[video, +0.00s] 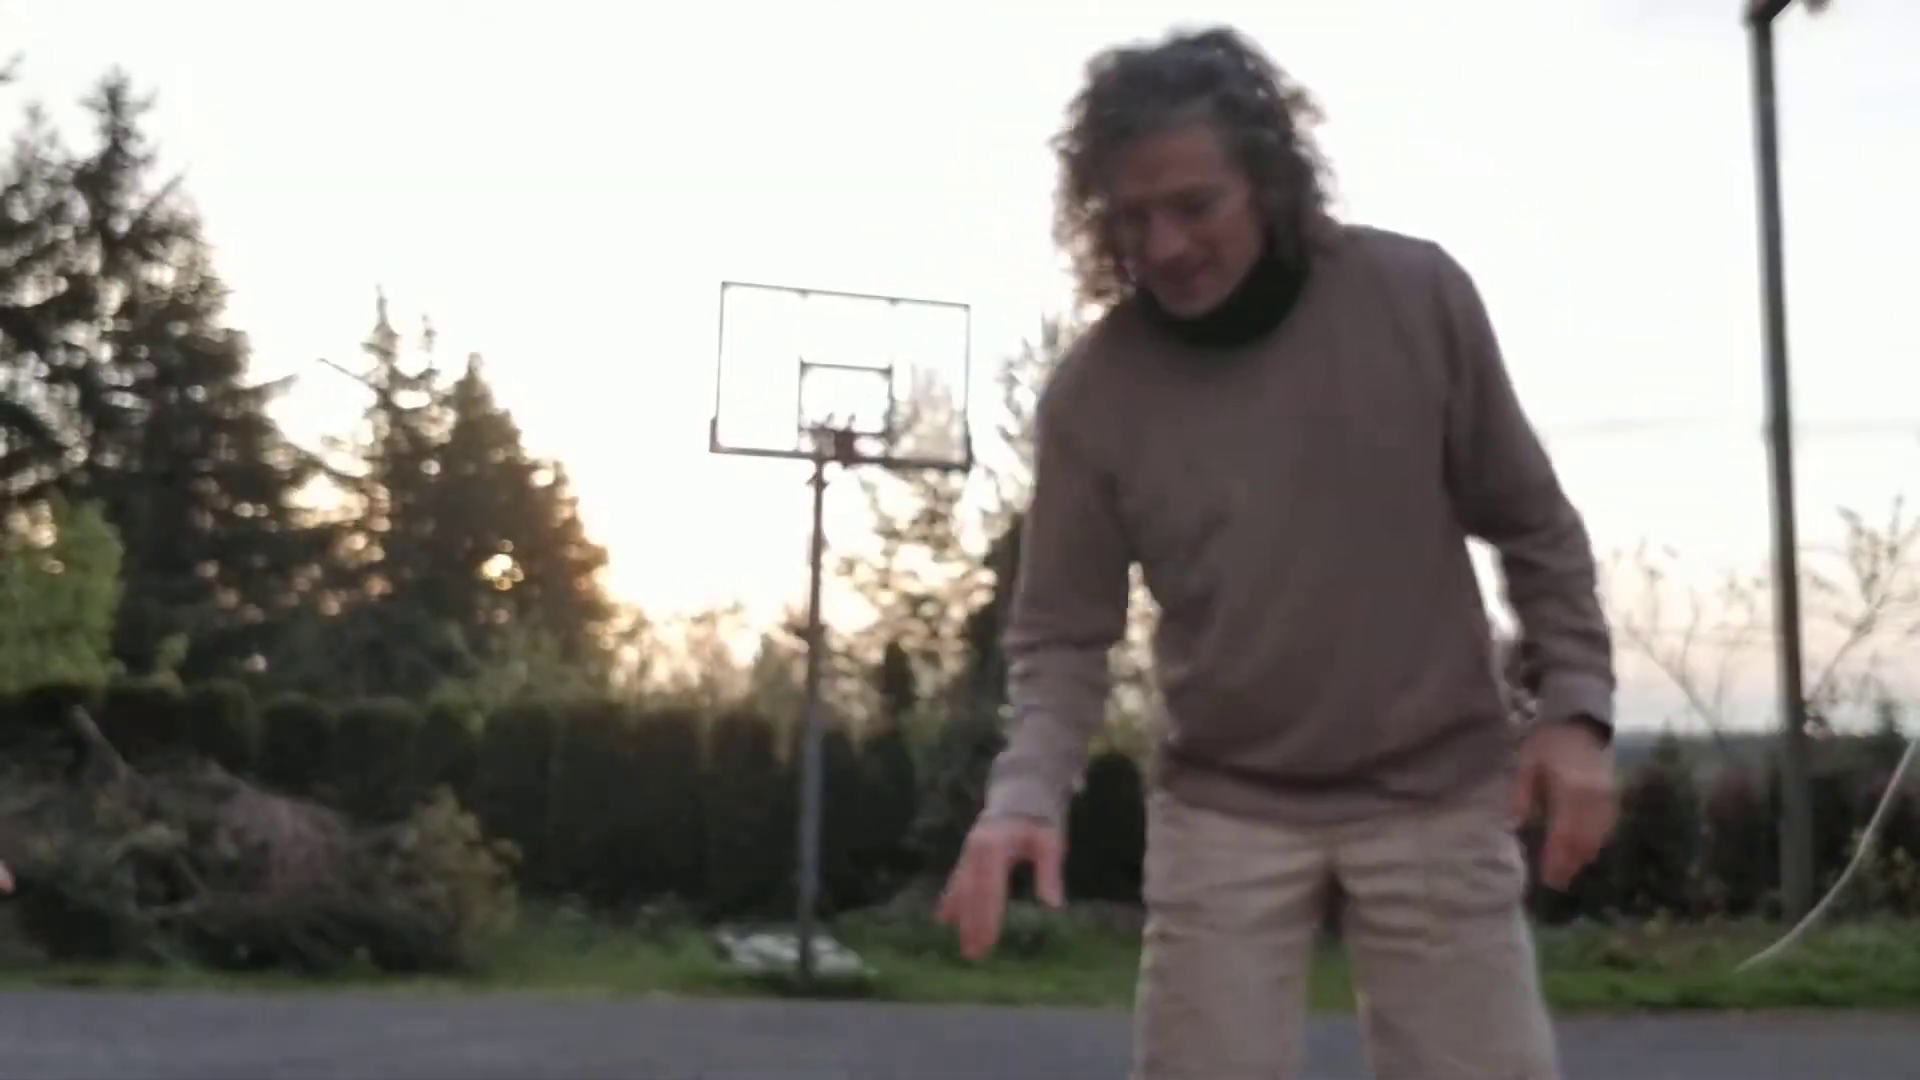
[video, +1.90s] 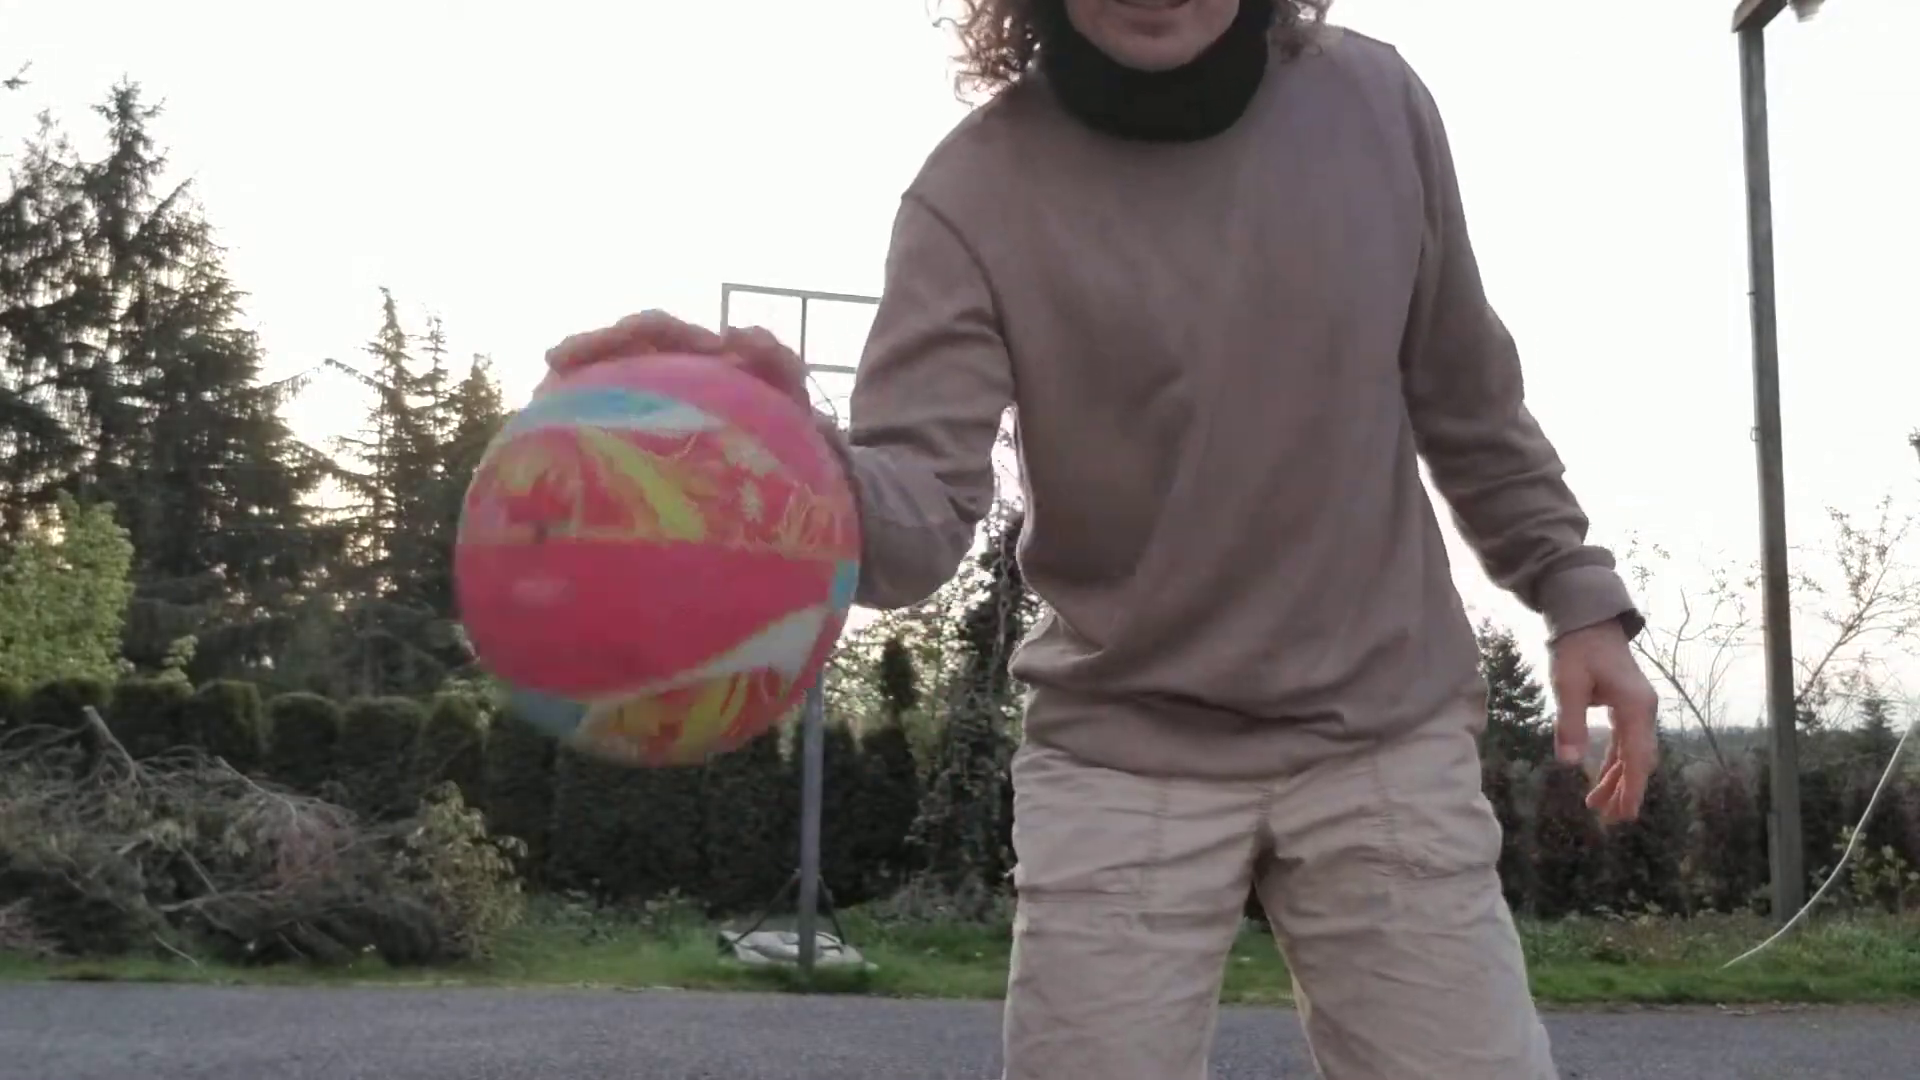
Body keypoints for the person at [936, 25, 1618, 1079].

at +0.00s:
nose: (1166, 246)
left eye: (1196, 206)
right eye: (1132, 216)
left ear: (1270, 181)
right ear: (1101, 216)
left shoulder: (1415, 299)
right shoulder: (1094, 395)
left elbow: (1535, 526)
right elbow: (1059, 638)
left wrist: (1575, 713)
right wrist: (1025, 802)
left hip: (1438, 800)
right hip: (1225, 813)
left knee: (1491, 1065)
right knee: (1202, 1065)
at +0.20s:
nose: (1148, 293)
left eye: (1175, 259)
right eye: (1123, 266)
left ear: (1253, 238)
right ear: (1102, 267)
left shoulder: (1409, 348)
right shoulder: (1106, 425)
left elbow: (1527, 575)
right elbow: (1083, 630)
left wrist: (1536, 763)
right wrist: (1006, 659)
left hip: (1408, 827)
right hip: (1206, 830)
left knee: (1441, 1067)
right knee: (1165, 1066)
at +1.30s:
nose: (1191, 144)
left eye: (1222, 105)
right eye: (1153, 111)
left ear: (1271, 115)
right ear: (1103, 129)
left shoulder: (1371, 267)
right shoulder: (1044, 325)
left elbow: (1446, 499)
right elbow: (1003, 582)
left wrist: (1520, 686)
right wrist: (1010, 812)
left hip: (1352, 774)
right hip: (1129, 779)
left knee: (1411, 1059)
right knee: (1103, 1058)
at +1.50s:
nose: (1194, 74)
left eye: (1228, 32)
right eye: (1150, 38)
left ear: (1280, 44)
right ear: (1092, 57)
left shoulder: (1370, 212)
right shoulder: (1033, 272)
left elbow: (1443, 472)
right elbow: (979, 545)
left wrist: (1529, 652)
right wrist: (1029, 713)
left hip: (1358, 763)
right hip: (1127, 770)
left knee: (1428, 1060)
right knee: (1087, 1060)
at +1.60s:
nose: (1184, 39)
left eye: (1220, 2)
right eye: (1142, 4)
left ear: (1273, 14)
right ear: (1084, 22)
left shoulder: (1379, 185)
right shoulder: (1019, 249)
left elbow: (1450, 453)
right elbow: (977, 504)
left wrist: (1536, 657)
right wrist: (1003, 584)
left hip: (1361, 755)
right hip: (1116, 762)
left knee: (1436, 1060)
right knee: (1089, 1065)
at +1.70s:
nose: (1173, 20)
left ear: (1267, 3)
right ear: (1071, 11)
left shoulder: (1375, 155)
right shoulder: (1006, 229)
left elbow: (1457, 438)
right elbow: (980, 567)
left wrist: (1544, 650)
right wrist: (934, 544)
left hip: (1368, 744)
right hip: (1116, 754)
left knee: (1448, 1063)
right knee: (1075, 1063)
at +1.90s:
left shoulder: (1374, 108)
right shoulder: (977, 188)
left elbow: (1469, 400)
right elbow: (917, 520)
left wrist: (1578, 600)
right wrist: (778, 449)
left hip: (1391, 732)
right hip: (1118, 748)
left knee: (1476, 1055)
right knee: (1087, 1053)